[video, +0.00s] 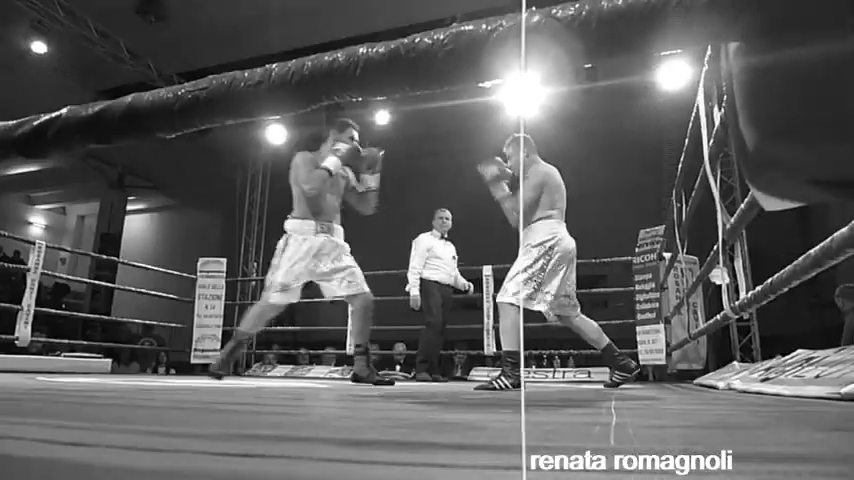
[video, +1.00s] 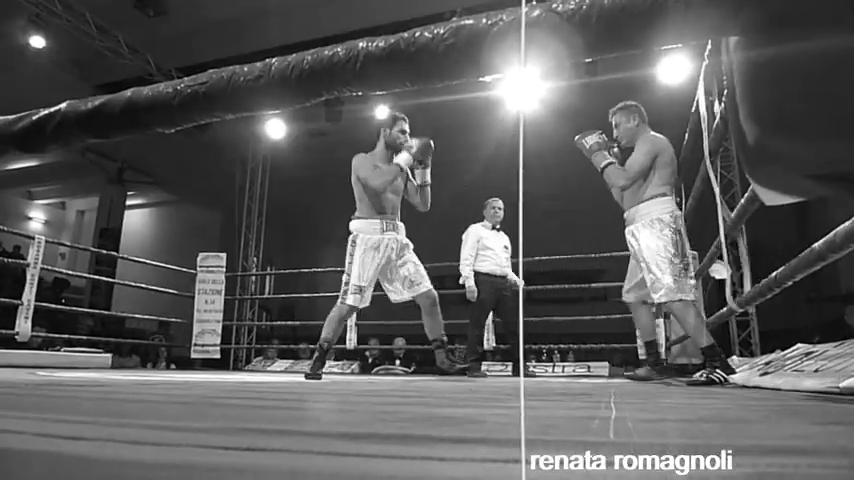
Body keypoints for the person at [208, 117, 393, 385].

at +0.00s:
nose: (351, 148)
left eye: (354, 143)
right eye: (347, 141)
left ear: (351, 147)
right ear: (331, 139)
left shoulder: (344, 174)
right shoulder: (304, 160)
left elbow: (367, 207)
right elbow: (310, 187)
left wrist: (371, 173)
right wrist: (335, 160)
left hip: (333, 245)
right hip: (299, 242)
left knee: (363, 300)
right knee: (273, 303)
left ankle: (362, 367)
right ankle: (227, 355)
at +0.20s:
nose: (397, 170)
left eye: (399, 167)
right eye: (393, 164)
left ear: (390, 168)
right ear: (375, 161)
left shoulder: (380, 197)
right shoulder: (352, 184)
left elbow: (377, 235)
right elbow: (375, 209)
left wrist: (404, 235)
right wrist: (401, 187)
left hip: (371, 263)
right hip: (343, 259)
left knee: (419, 306)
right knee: (320, 318)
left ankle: (437, 361)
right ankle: (268, 362)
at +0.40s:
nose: (455, 210)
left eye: (455, 205)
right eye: (452, 204)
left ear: (441, 204)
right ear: (437, 201)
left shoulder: (428, 231)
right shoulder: (423, 208)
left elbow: (428, 265)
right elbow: (432, 232)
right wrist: (455, 225)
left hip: (408, 278)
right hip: (386, 269)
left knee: (453, 310)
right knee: (373, 331)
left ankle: (465, 370)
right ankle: (312, 353)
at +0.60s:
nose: (458, 187)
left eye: (458, 183)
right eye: (454, 182)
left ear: (442, 185)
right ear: (439, 182)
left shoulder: (434, 215)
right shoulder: (425, 193)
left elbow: (438, 258)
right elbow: (434, 215)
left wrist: (455, 236)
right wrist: (461, 202)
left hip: (416, 265)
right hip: (397, 259)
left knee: (459, 305)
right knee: (388, 316)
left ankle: (466, 367)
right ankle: (324, 356)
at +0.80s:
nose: (439, 170)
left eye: (440, 165)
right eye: (435, 164)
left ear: (435, 168)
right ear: (417, 163)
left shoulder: (425, 199)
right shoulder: (389, 189)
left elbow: (433, 241)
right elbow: (397, 222)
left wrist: (447, 213)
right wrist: (425, 194)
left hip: (406, 263)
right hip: (379, 259)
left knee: (451, 307)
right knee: (370, 313)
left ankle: (465, 366)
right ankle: (324, 358)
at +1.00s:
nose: (406, 139)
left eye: (408, 134)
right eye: (402, 132)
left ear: (404, 139)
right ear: (384, 133)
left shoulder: (401, 171)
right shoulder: (361, 161)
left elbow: (422, 205)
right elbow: (377, 183)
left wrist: (424, 171)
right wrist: (405, 159)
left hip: (397, 240)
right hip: (366, 240)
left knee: (429, 297)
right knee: (348, 304)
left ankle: (443, 358)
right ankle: (318, 361)